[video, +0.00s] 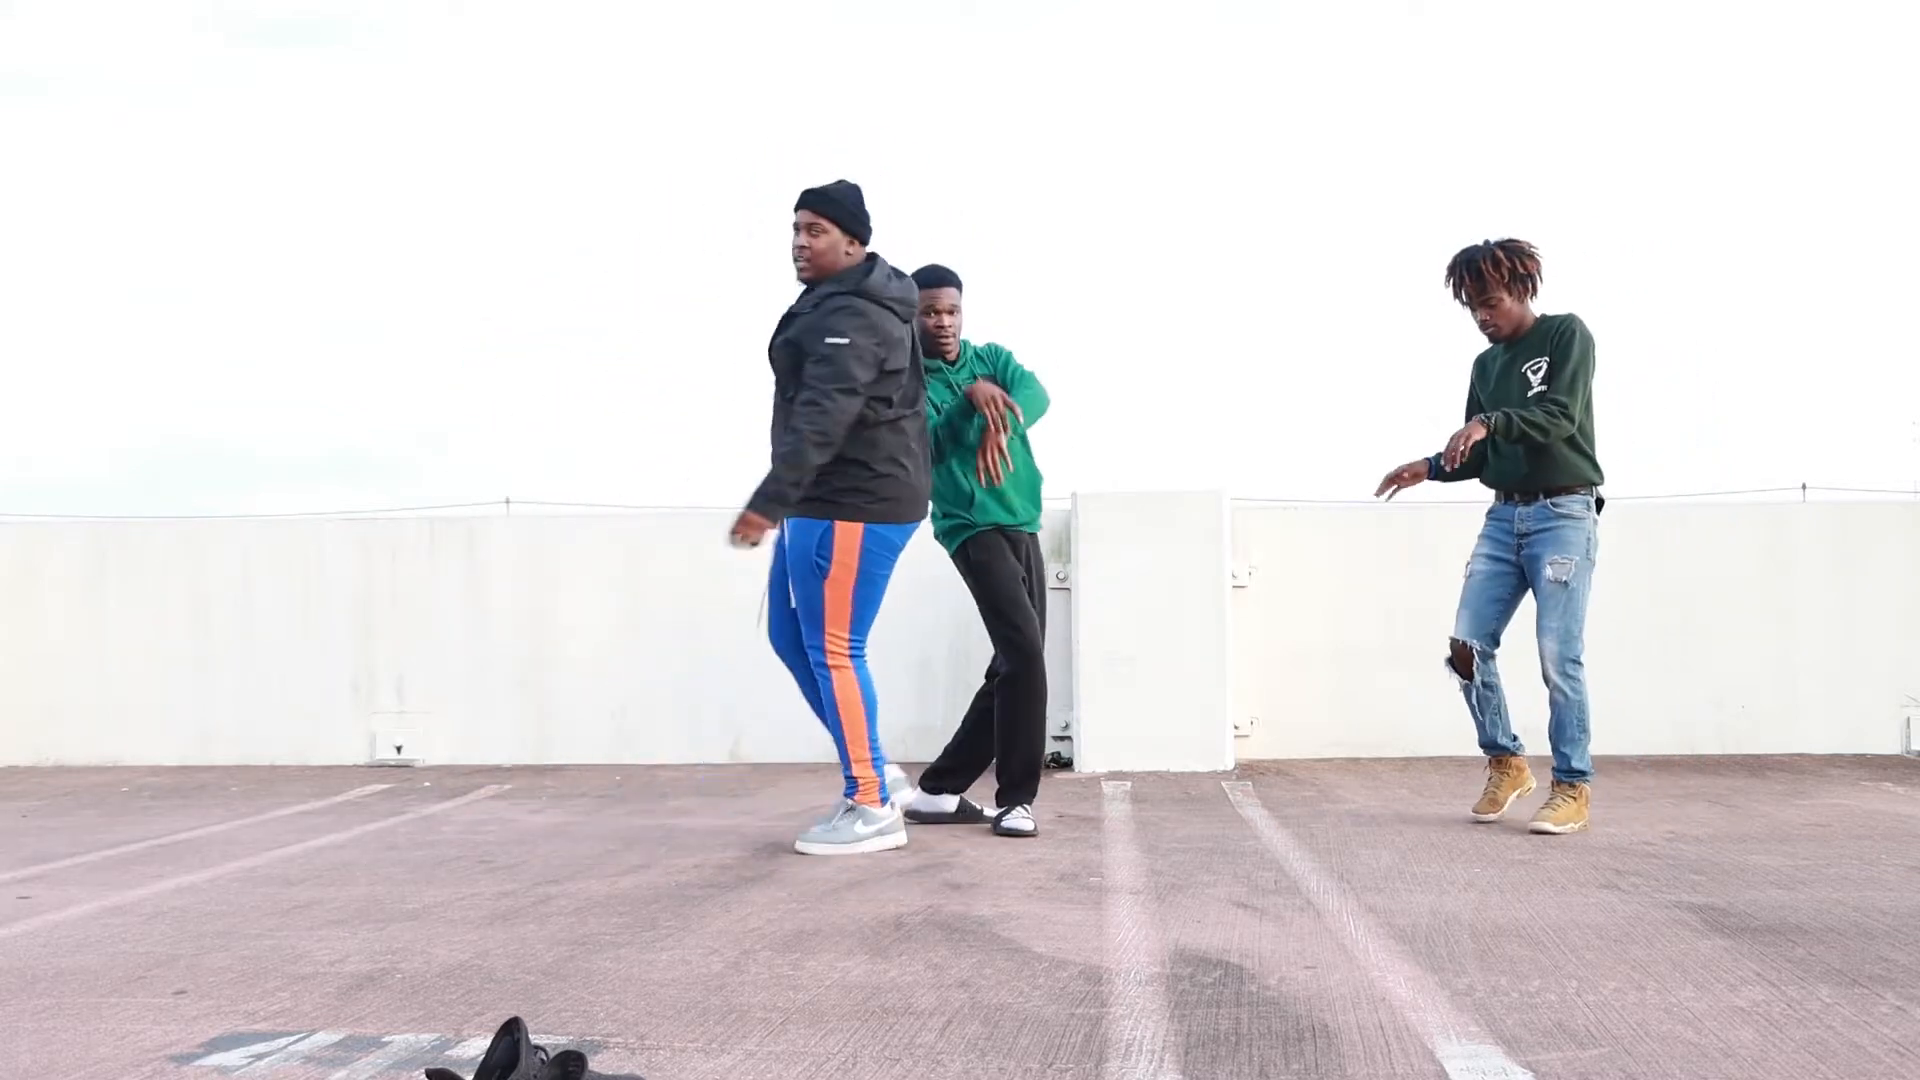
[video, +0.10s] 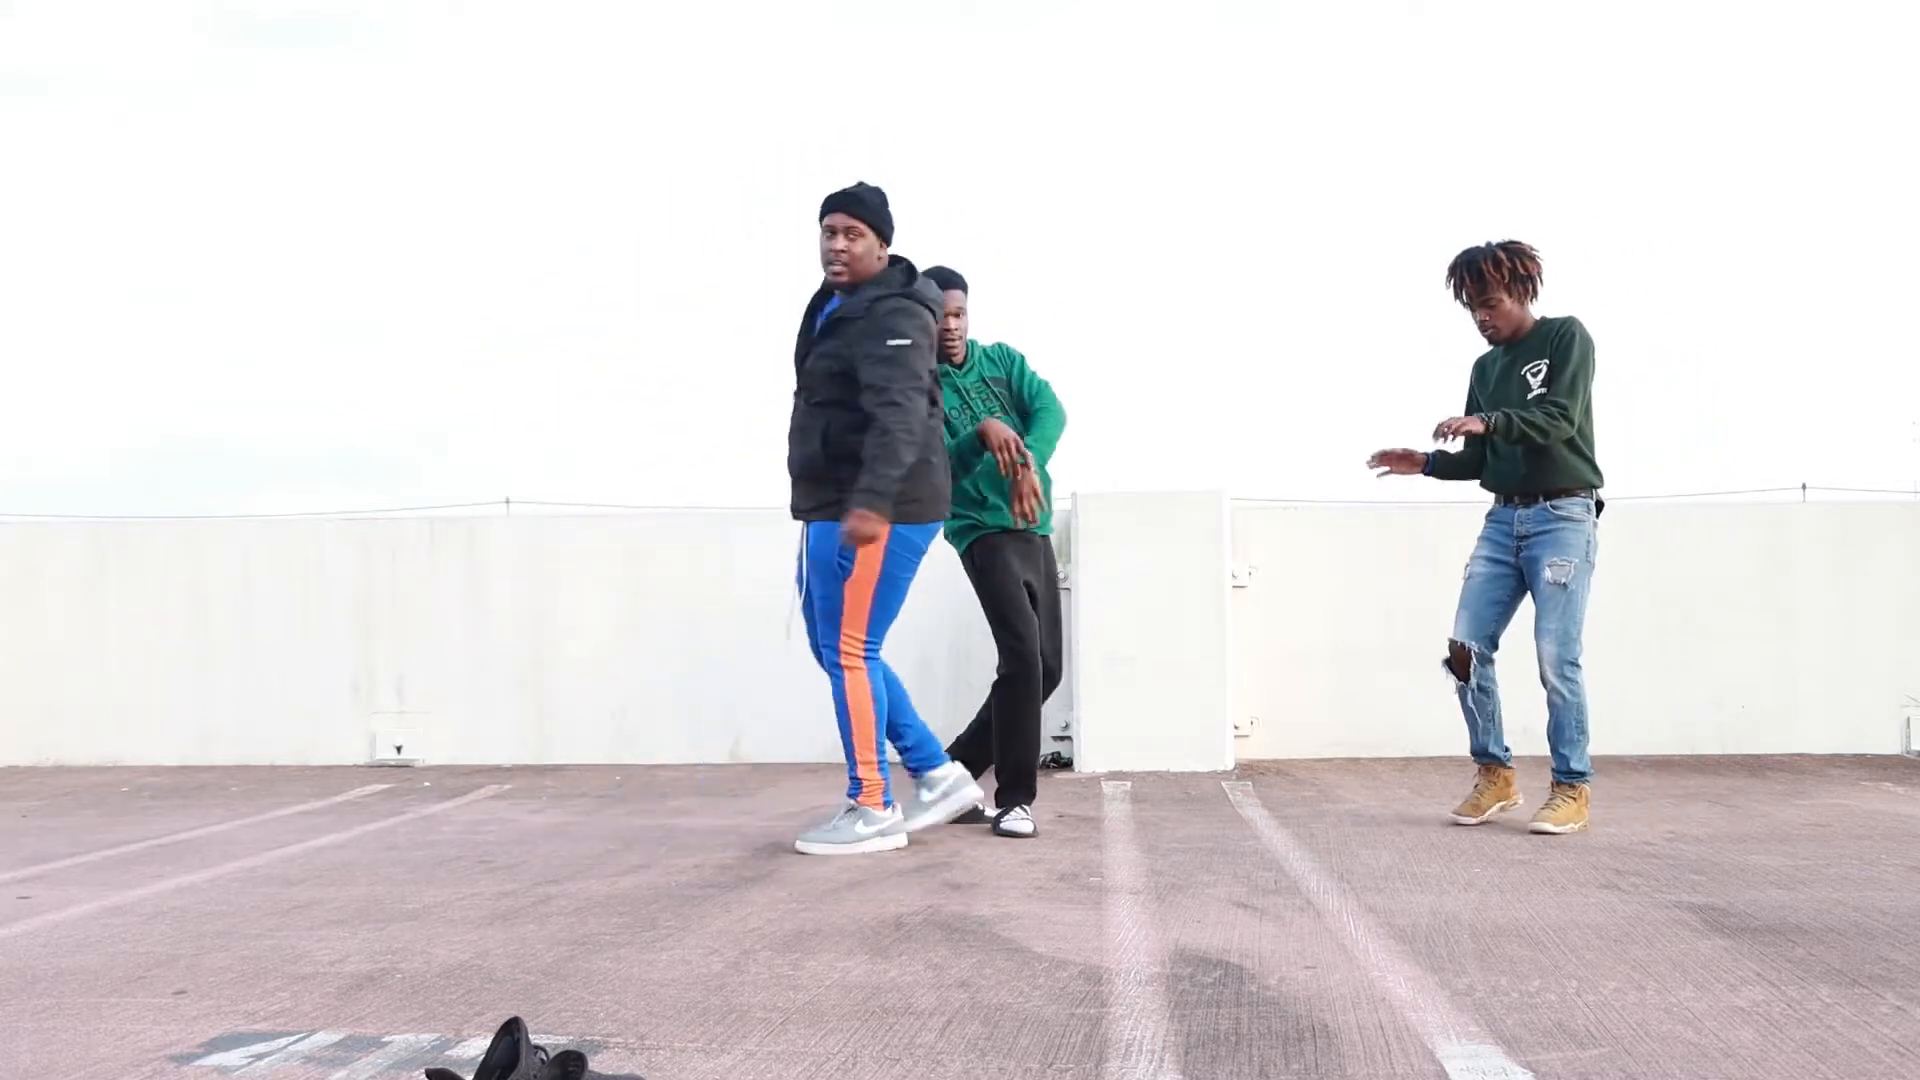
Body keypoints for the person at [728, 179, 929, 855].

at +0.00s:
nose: (800, 242)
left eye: (814, 232)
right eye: (797, 231)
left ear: (852, 242)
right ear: (804, 238)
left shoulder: (855, 314)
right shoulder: (838, 301)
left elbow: (820, 418)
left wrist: (766, 503)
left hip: (857, 502)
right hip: (825, 500)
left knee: (834, 647)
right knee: (791, 636)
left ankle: (871, 808)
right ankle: (875, 773)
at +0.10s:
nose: (838, 246)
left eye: (853, 234)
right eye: (829, 234)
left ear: (884, 242)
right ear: (821, 243)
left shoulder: (894, 311)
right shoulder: (835, 308)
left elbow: (899, 412)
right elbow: (828, 413)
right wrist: (813, 506)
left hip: (882, 507)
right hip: (834, 506)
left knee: (849, 647)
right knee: (832, 644)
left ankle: (872, 808)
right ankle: (937, 774)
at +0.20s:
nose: (869, 248)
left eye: (883, 237)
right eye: (858, 236)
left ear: (906, 246)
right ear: (843, 246)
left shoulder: (926, 308)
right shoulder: (838, 307)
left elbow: (962, 400)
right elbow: (840, 408)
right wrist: (837, 513)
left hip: (920, 504)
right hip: (858, 507)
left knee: (869, 648)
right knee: (895, 654)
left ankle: (874, 806)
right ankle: (963, 795)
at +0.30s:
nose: (895, 244)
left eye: (908, 232)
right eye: (882, 232)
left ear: (924, 243)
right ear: (862, 243)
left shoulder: (951, 307)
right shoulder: (850, 306)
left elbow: (1006, 391)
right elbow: (833, 381)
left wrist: (1057, 469)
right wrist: (823, 445)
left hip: (948, 497)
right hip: (885, 500)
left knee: (900, 646)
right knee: (925, 652)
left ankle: (884, 803)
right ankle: (969, 801)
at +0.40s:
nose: (918, 236)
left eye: (929, 225)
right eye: (903, 225)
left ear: (944, 235)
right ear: (880, 237)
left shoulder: (978, 298)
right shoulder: (860, 299)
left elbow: (1038, 389)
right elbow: (834, 379)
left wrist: (1095, 473)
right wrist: (808, 452)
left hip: (971, 495)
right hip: (900, 501)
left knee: (930, 642)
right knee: (946, 651)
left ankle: (922, 797)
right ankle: (974, 801)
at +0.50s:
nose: (945, 231)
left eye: (953, 220)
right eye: (930, 221)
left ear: (967, 230)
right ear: (902, 232)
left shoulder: (1001, 296)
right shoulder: (874, 297)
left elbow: (1063, 387)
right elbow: (841, 379)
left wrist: (1117, 473)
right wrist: (812, 453)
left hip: (984, 497)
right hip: (907, 503)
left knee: (963, 648)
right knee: (949, 654)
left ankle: (974, 806)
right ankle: (974, 797)